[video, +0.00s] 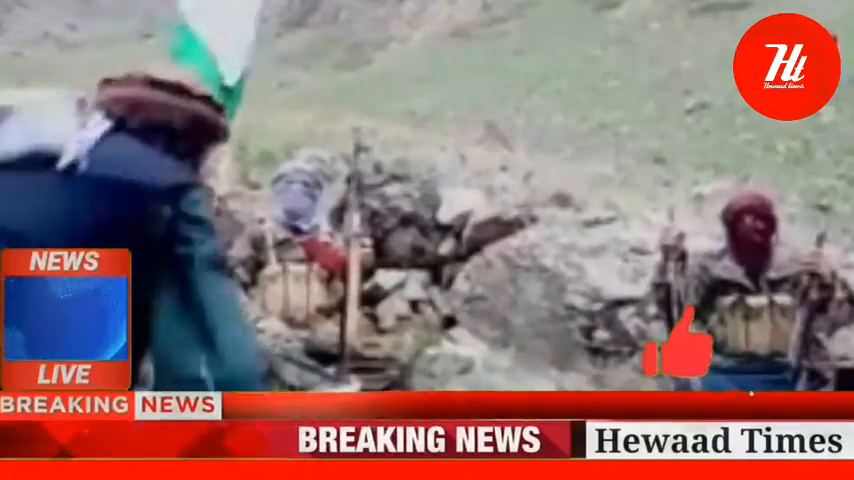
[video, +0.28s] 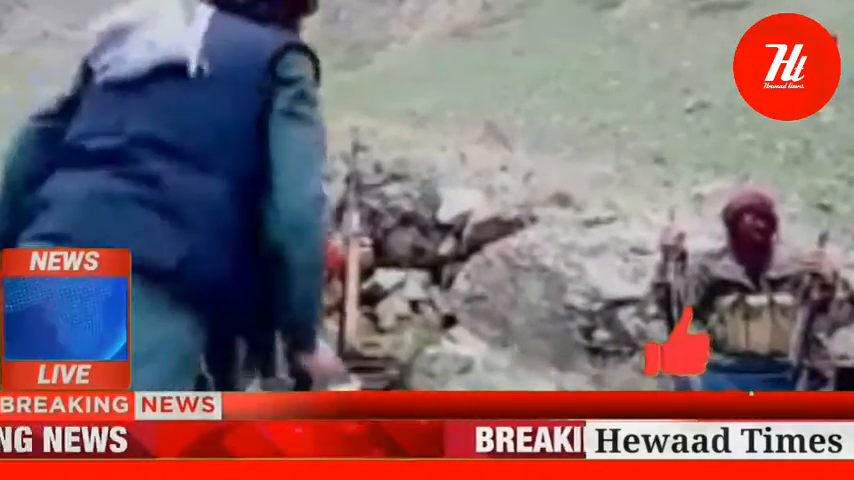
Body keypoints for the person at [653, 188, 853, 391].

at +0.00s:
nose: (758, 225)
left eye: (764, 219)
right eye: (749, 217)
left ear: (773, 228)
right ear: (732, 225)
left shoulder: (795, 270)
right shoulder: (706, 268)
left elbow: (826, 322)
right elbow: (675, 316)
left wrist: (828, 285)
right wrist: (669, 264)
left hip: (782, 372)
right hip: (722, 373)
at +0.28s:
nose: (758, 224)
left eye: (765, 218)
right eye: (750, 216)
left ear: (774, 227)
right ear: (732, 223)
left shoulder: (795, 270)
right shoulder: (706, 268)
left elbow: (823, 324)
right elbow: (676, 316)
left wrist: (829, 286)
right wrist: (670, 264)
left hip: (782, 373)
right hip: (722, 372)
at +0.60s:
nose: (759, 224)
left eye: (765, 218)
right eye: (750, 216)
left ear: (774, 227)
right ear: (732, 224)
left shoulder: (796, 270)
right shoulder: (705, 268)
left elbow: (825, 323)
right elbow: (675, 317)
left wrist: (829, 285)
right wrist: (668, 265)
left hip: (784, 373)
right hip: (723, 373)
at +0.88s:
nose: (762, 224)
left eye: (768, 217)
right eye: (752, 215)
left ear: (775, 226)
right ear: (732, 221)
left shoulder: (794, 270)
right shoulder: (703, 268)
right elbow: (675, 316)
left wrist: (827, 290)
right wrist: (667, 266)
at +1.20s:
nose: (763, 225)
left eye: (768, 219)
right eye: (754, 217)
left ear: (774, 226)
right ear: (732, 223)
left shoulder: (795, 270)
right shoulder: (703, 269)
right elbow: (679, 316)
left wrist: (828, 291)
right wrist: (668, 266)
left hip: (786, 375)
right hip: (722, 376)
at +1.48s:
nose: (763, 225)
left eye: (768, 219)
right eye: (753, 217)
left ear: (774, 226)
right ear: (732, 223)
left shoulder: (793, 269)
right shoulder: (704, 269)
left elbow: (832, 319)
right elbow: (675, 311)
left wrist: (827, 289)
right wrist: (666, 267)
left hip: (787, 374)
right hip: (721, 376)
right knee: (688, 339)